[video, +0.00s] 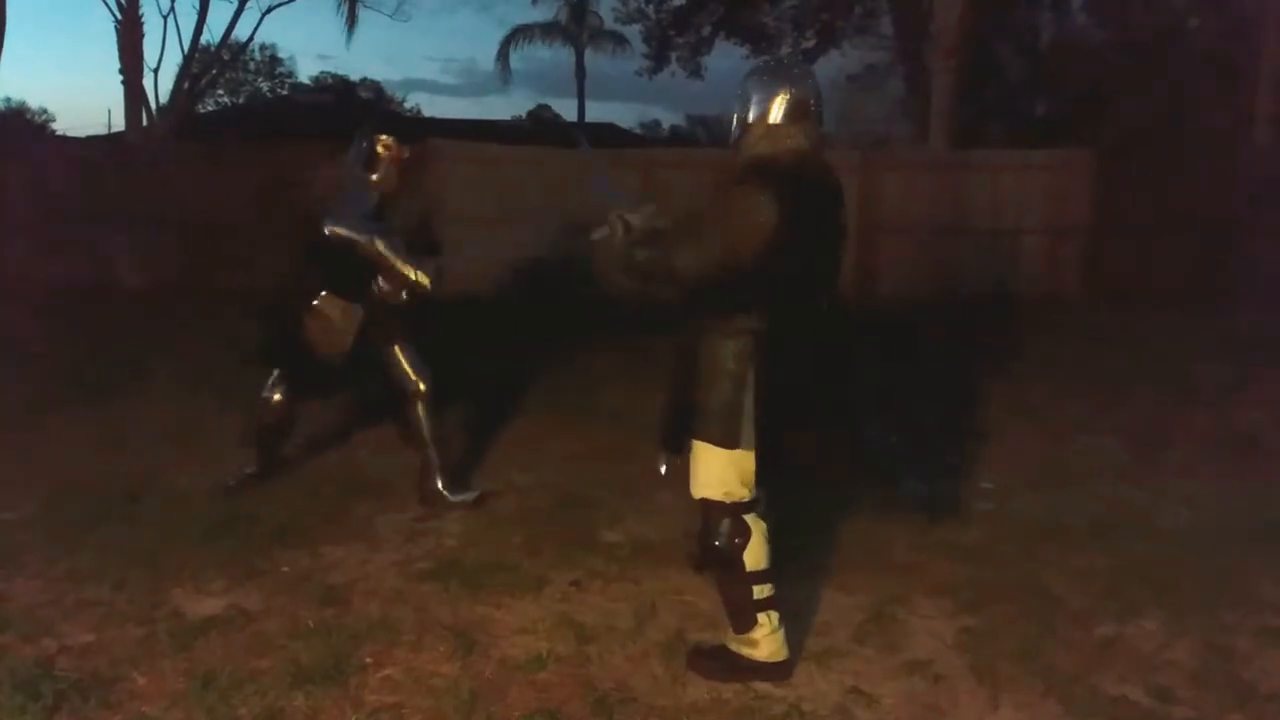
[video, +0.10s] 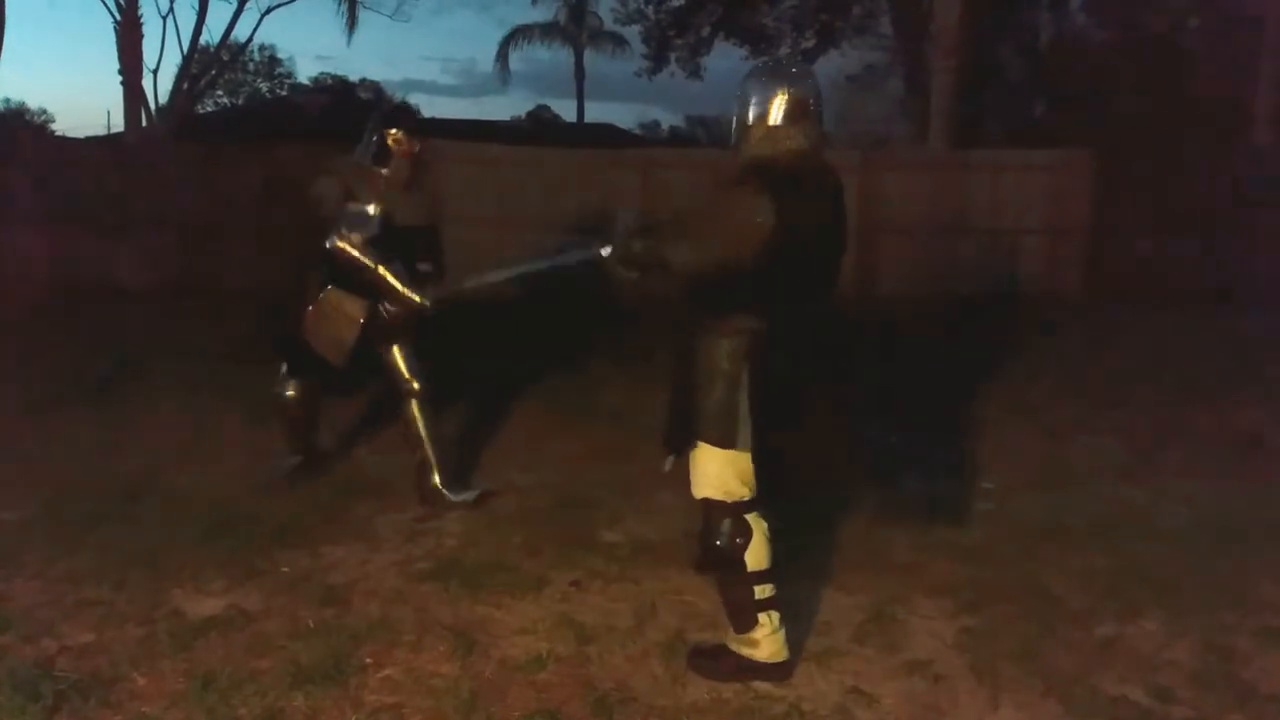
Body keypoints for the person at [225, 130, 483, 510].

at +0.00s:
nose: (377, 174)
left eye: (386, 166)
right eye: (371, 165)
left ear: (398, 169)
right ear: (356, 167)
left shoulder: (405, 212)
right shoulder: (334, 208)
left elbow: (427, 277)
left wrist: (400, 280)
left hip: (377, 316)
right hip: (325, 313)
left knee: (415, 388)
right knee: (275, 399)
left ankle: (434, 480)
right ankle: (264, 466)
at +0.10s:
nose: (412, 148)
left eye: (416, 139)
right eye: (404, 138)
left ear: (418, 144)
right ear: (385, 139)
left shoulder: (417, 193)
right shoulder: (349, 182)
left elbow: (430, 263)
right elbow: (335, 245)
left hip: (382, 302)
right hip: (339, 299)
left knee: (411, 387)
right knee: (299, 382)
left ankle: (434, 480)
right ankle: (306, 455)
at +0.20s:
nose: (420, 148)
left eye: (423, 139)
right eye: (412, 138)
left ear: (423, 143)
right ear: (391, 137)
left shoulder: (422, 190)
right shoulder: (353, 180)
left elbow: (430, 253)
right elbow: (339, 254)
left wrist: (425, 287)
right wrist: (394, 300)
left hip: (392, 301)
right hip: (351, 297)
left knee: (406, 387)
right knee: (323, 387)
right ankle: (325, 456)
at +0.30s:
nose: (419, 167)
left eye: (420, 158)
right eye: (411, 158)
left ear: (419, 162)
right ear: (388, 158)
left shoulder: (419, 196)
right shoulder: (352, 191)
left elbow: (432, 251)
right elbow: (345, 265)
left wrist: (430, 274)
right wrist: (404, 290)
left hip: (404, 306)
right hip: (363, 306)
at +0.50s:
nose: (424, 149)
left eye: (422, 140)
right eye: (417, 140)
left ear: (408, 144)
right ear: (396, 142)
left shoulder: (423, 191)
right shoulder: (361, 186)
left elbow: (440, 248)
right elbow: (377, 231)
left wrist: (461, 247)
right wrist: (436, 225)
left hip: (407, 298)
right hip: (364, 300)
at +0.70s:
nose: (417, 134)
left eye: (418, 126)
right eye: (409, 125)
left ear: (414, 130)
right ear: (389, 126)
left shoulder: (418, 172)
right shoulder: (359, 172)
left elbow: (451, 235)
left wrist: (466, 221)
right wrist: (483, 189)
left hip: (406, 296)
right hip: (359, 296)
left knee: (440, 384)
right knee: (338, 393)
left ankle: (461, 474)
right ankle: (309, 478)